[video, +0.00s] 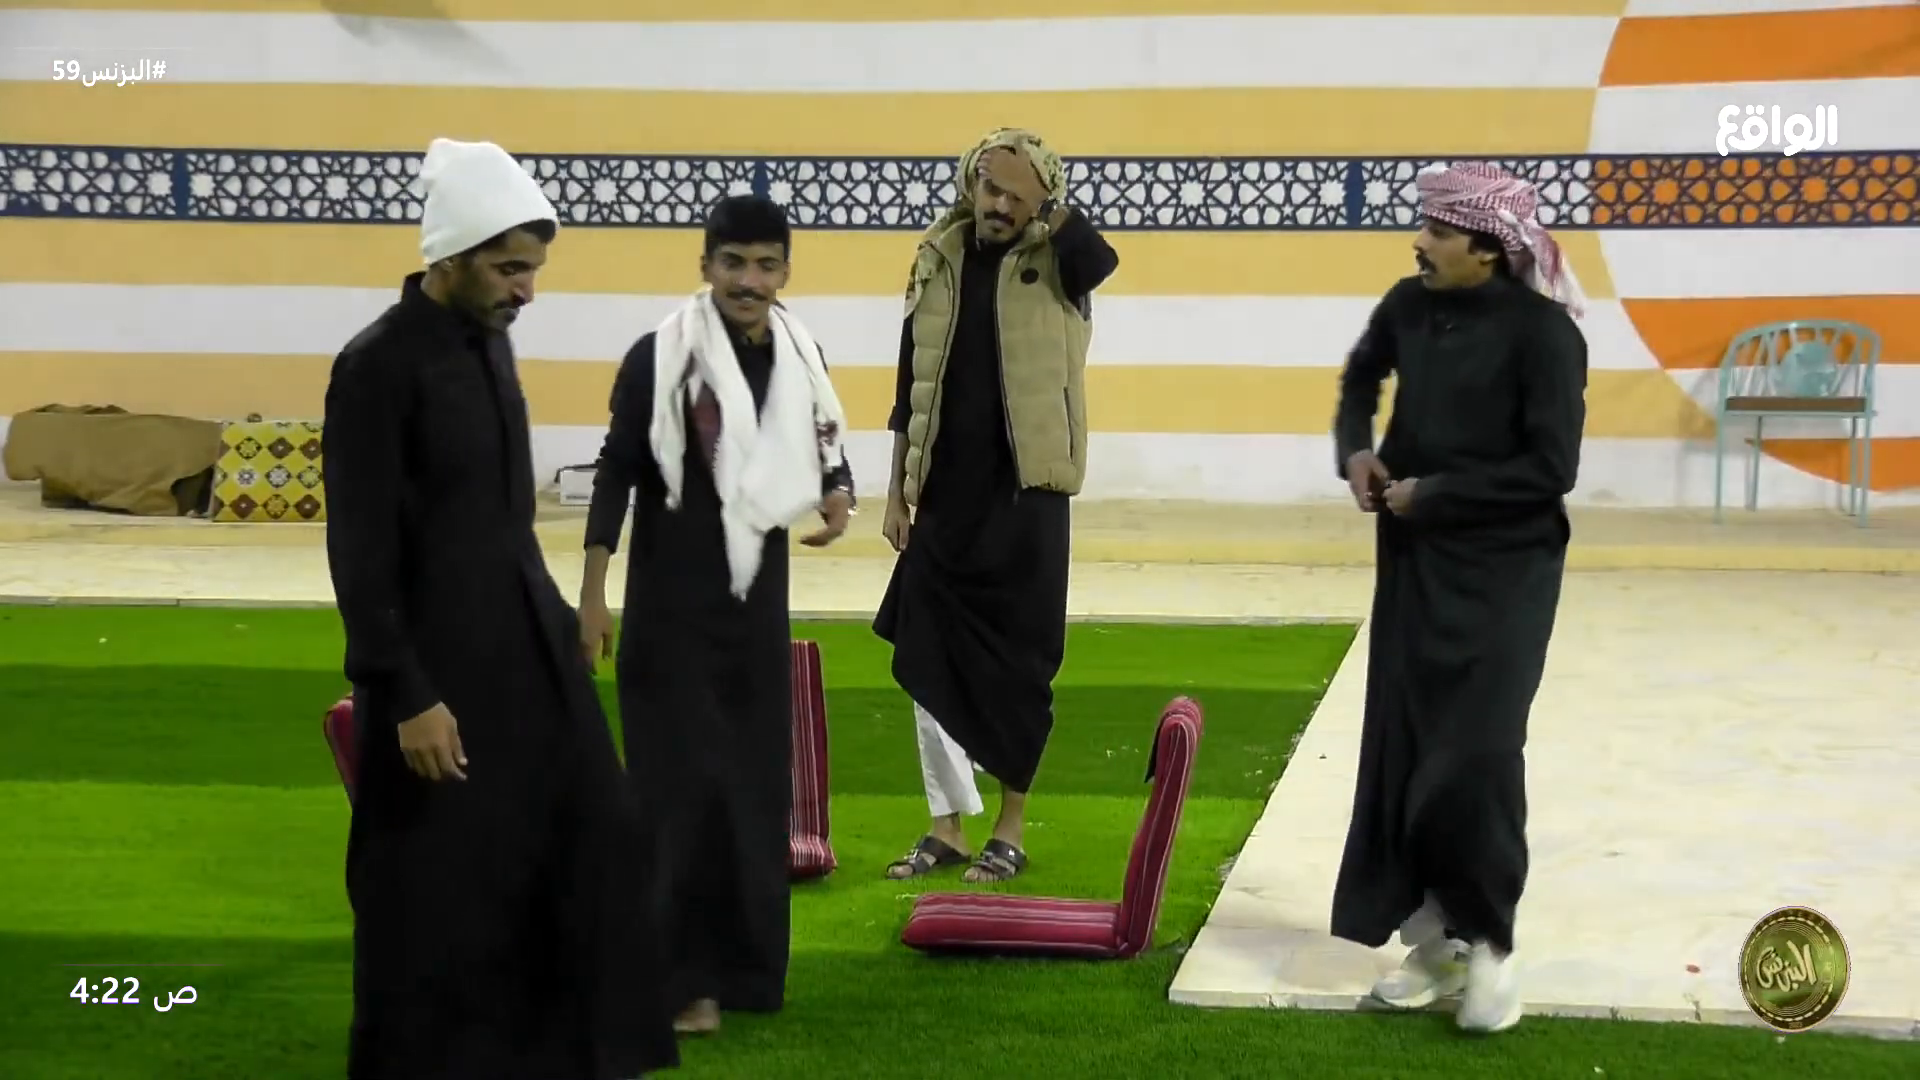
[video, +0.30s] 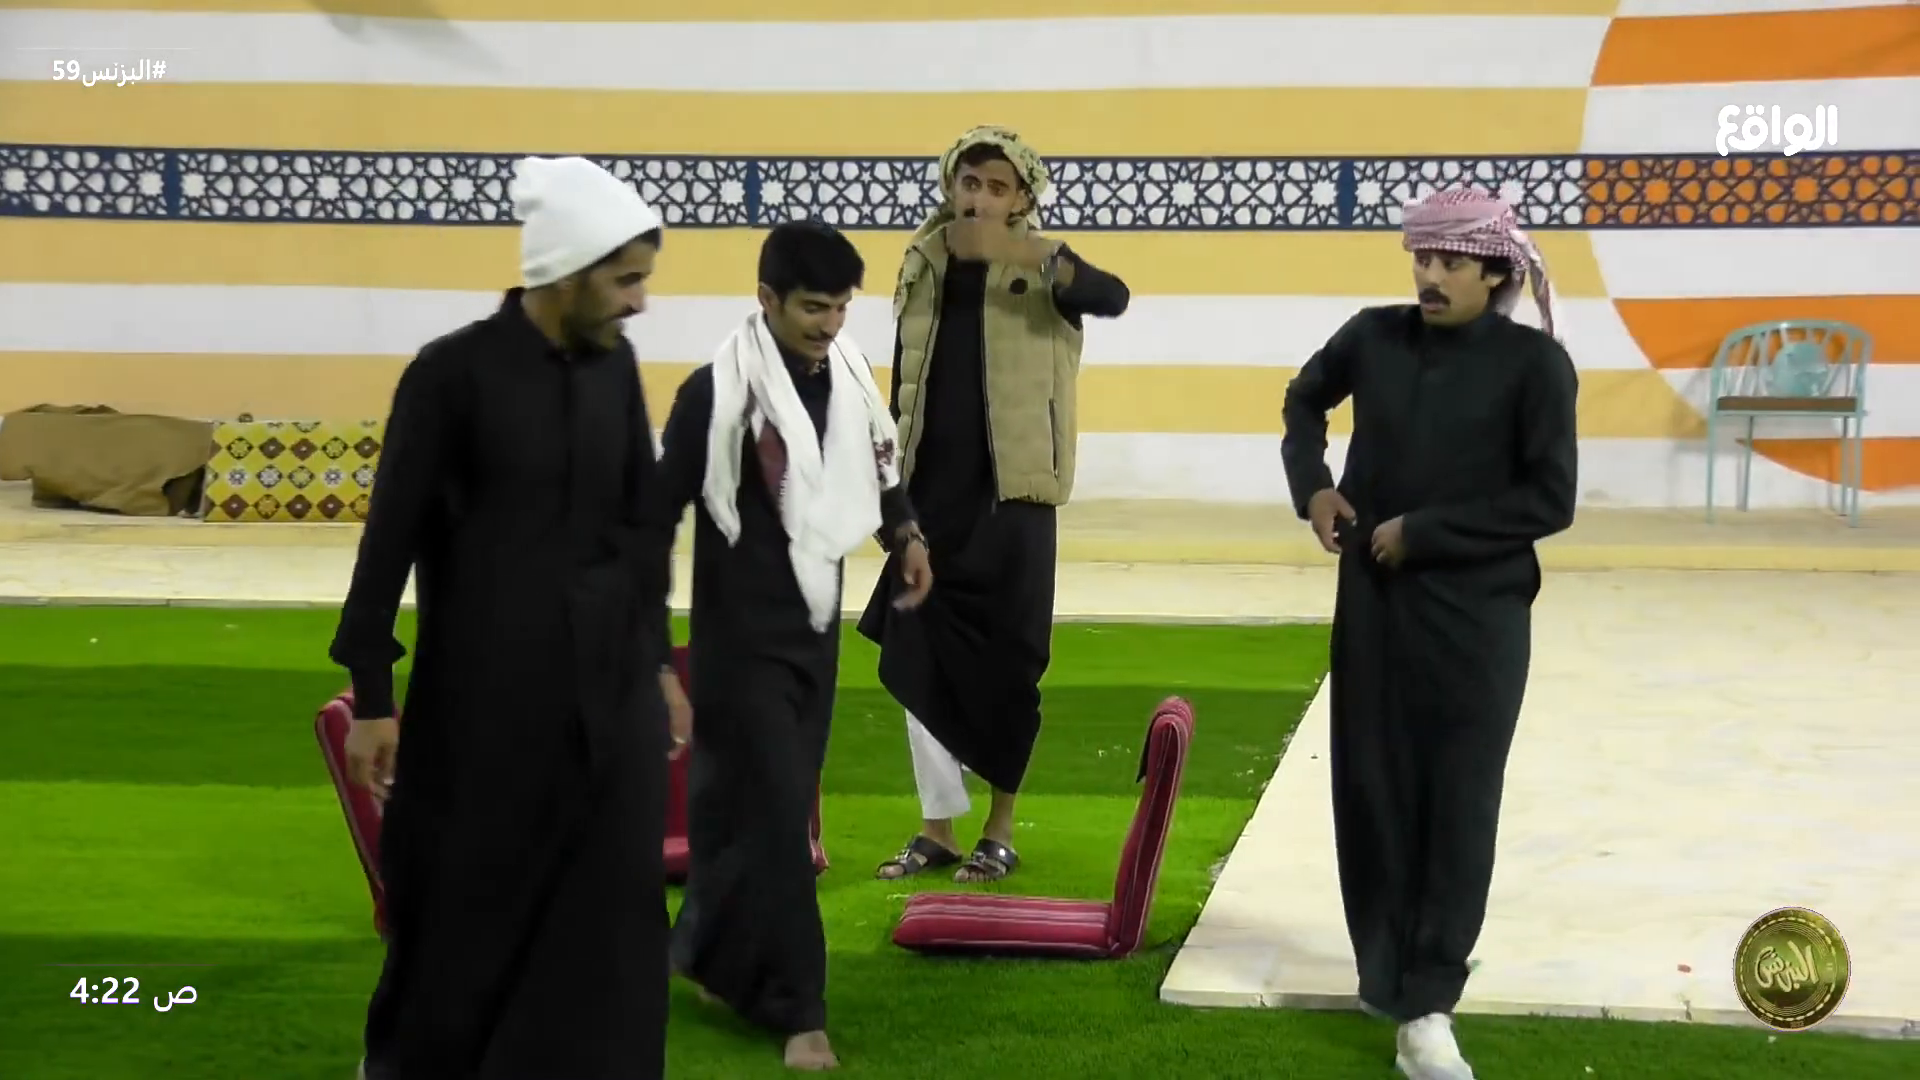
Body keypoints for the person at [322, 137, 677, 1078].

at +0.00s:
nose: (526, 287)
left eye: (535, 268)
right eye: (510, 268)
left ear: (540, 253)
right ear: (446, 257)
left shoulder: (490, 347)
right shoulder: (375, 367)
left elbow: (502, 525)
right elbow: (359, 553)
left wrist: (549, 631)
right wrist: (408, 697)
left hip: (527, 668)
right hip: (437, 681)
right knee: (435, 916)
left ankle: (574, 1053)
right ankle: (433, 1060)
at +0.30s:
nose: (641, 297)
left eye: (646, 278)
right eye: (627, 278)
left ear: (582, 272)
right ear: (561, 272)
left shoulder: (614, 366)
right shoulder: (449, 374)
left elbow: (642, 526)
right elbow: (387, 546)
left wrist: (658, 664)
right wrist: (373, 699)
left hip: (607, 711)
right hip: (482, 713)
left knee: (606, 948)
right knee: (463, 947)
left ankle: (600, 1066)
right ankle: (432, 1066)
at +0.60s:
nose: (703, 291)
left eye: (707, 270)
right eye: (692, 270)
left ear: (647, 264)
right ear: (627, 263)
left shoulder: (678, 349)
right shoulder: (487, 355)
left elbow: (723, 509)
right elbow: (415, 514)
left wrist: (747, 654)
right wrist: (409, 672)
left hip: (653, 689)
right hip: (524, 689)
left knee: (644, 932)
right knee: (545, 920)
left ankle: (639, 1069)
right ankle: (475, 1057)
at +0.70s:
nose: (701, 287)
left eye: (706, 266)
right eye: (687, 266)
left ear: (650, 263)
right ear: (620, 261)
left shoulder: (683, 349)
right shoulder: (489, 358)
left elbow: (740, 504)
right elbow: (426, 523)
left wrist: (776, 638)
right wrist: (442, 679)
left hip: (659, 695)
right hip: (529, 693)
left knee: (646, 941)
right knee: (567, 921)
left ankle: (637, 1069)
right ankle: (530, 1073)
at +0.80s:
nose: (702, 288)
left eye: (704, 265)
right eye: (687, 266)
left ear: (644, 267)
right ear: (622, 265)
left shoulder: (679, 356)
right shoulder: (485, 367)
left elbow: (742, 504)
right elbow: (432, 542)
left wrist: (785, 633)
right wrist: (449, 698)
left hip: (662, 709)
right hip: (534, 708)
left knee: (648, 952)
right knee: (573, 944)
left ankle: (622, 1074)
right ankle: (567, 1072)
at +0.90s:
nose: (695, 282)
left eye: (694, 260)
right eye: (683, 262)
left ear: (629, 269)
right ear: (623, 268)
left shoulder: (665, 362)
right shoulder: (487, 385)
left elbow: (731, 509)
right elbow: (430, 572)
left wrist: (791, 634)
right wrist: (446, 736)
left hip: (670, 716)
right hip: (548, 721)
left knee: (657, 953)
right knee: (599, 942)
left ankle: (615, 1074)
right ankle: (567, 1070)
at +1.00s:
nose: (683, 276)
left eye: (681, 253)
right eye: (671, 254)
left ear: (615, 264)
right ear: (615, 263)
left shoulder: (651, 366)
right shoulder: (489, 390)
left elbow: (708, 511)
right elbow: (435, 579)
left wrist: (777, 638)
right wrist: (438, 752)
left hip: (673, 720)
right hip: (560, 731)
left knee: (660, 969)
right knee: (607, 974)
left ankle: (620, 1073)